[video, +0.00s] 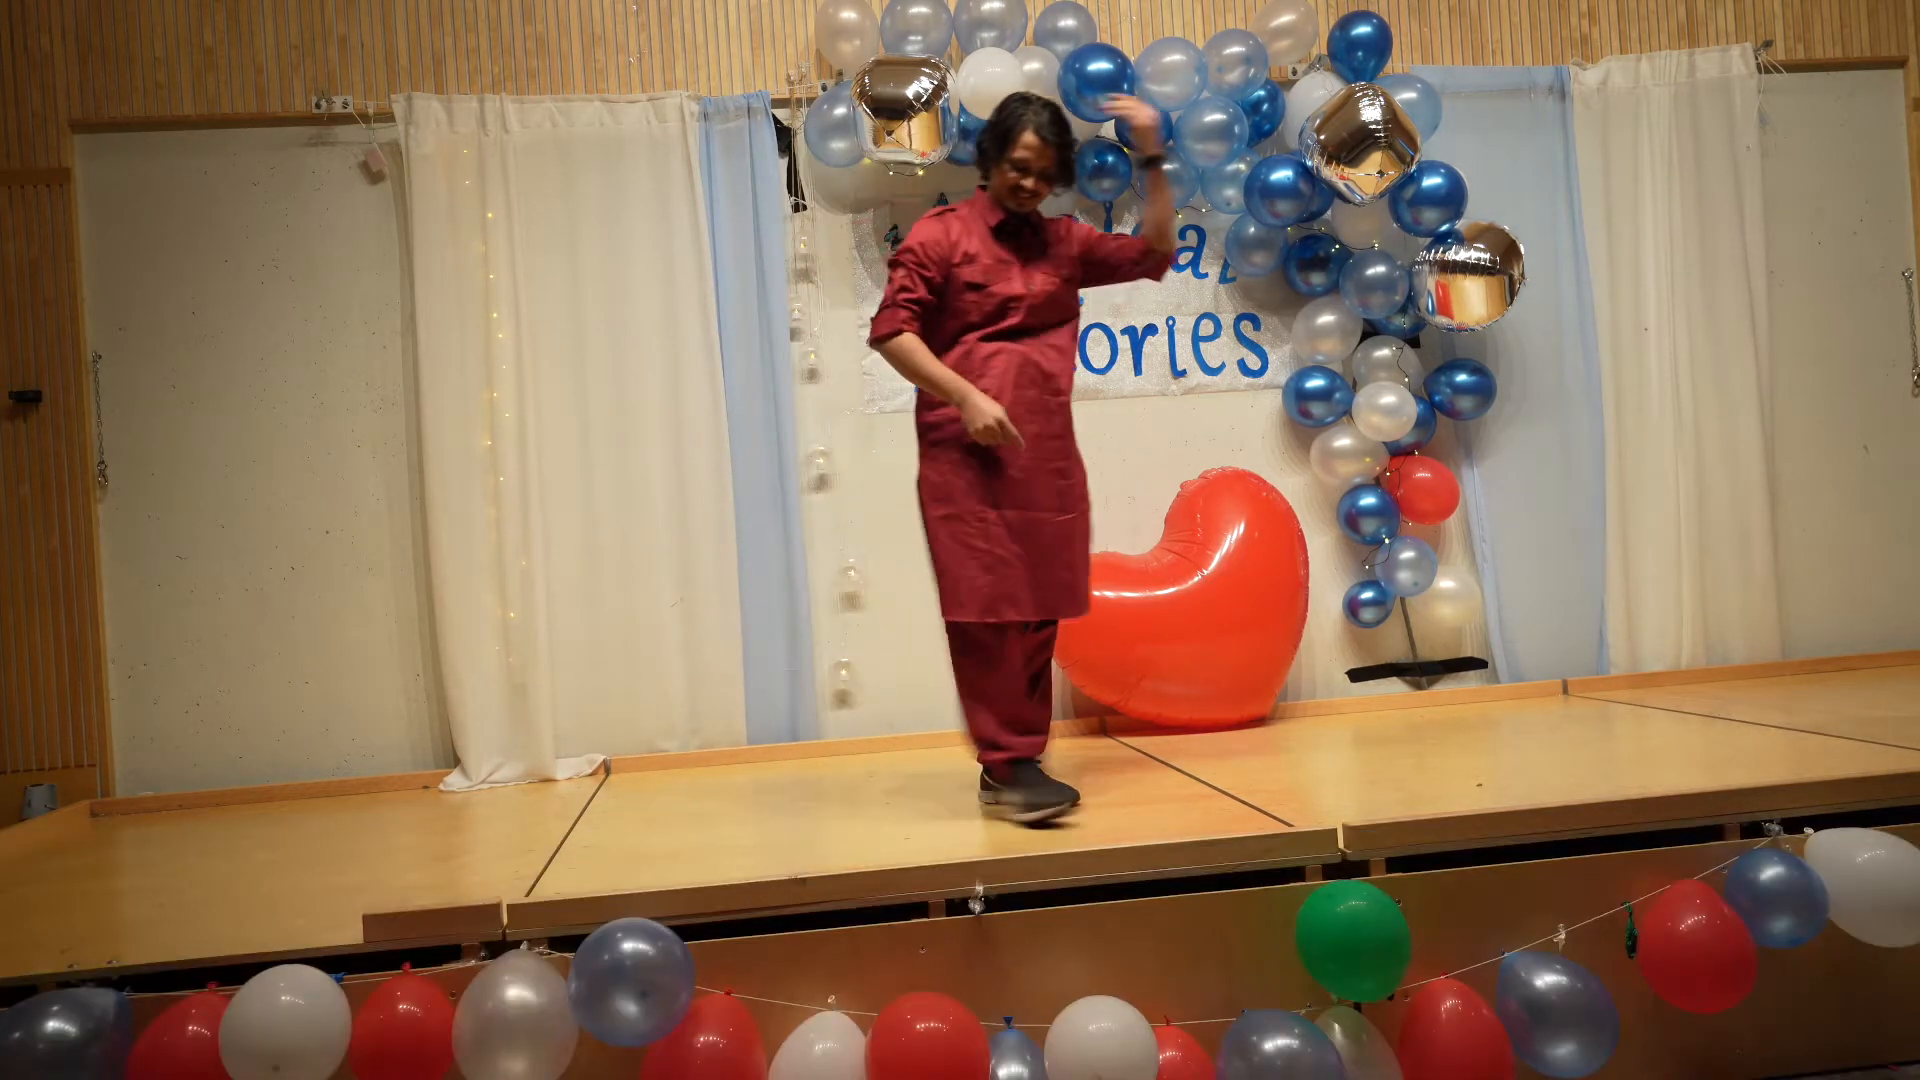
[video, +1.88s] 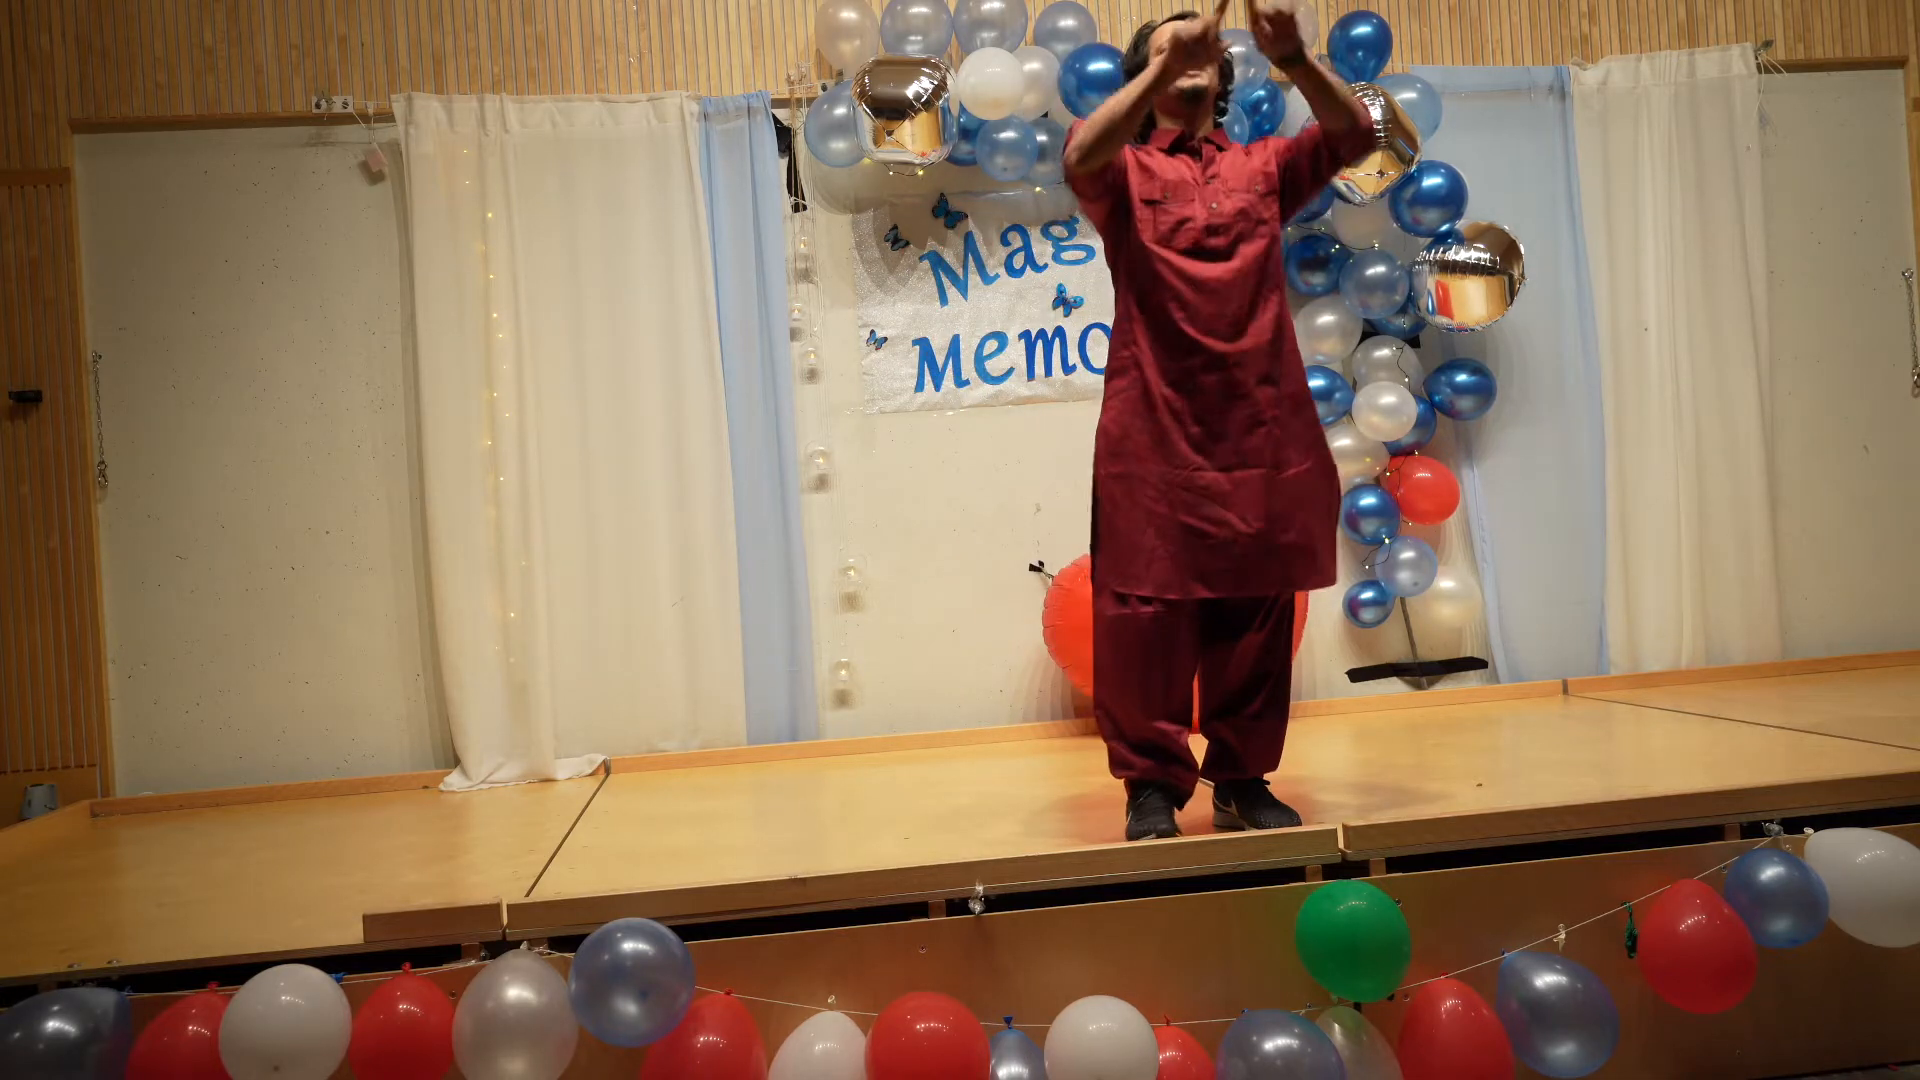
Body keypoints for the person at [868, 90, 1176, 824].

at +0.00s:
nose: (1029, 184)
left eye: (1044, 174)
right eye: (1018, 169)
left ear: (1059, 174)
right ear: (989, 159)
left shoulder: (1063, 239)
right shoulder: (940, 234)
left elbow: (1156, 254)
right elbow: (890, 330)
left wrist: (1153, 158)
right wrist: (964, 396)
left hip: (1045, 449)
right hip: (966, 451)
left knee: (1036, 602)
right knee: (987, 604)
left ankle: (1022, 762)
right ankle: (1003, 769)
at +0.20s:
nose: (1050, 182)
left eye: (1066, 172)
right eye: (1038, 165)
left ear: (1080, 174)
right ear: (1010, 157)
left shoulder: (1078, 242)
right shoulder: (964, 231)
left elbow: (1162, 292)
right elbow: (905, 333)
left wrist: (1229, 230)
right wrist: (974, 413)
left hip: (1059, 454)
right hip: (987, 455)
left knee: (1041, 601)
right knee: (1017, 604)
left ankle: (1006, 760)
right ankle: (1074, 764)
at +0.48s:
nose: (1075, 149)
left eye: (1091, 137)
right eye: (1061, 132)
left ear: (1107, 144)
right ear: (1030, 131)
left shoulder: (1109, 229)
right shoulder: (984, 217)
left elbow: (1142, 332)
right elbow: (935, 327)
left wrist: (1230, 369)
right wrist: (1010, 409)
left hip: (1087, 437)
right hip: (1009, 441)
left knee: (1079, 590)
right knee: (1034, 600)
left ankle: (1019, 736)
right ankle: (1076, 771)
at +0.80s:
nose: (1082, 101)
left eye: (1096, 90)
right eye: (1066, 89)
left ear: (1115, 109)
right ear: (1038, 105)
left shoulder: (1141, 212)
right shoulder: (997, 200)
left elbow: (1166, 309)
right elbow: (954, 307)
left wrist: (1184, 361)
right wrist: (1035, 376)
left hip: (1125, 433)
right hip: (1030, 436)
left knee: (1147, 591)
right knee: (1047, 603)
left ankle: (1120, 748)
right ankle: (1083, 776)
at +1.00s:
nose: (1097, 84)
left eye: (1110, 74)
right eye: (1081, 74)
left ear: (1131, 99)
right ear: (1052, 100)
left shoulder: (1165, 200)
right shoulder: (1019, 190)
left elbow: (1224, 293)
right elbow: (975, 277)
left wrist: (1222, 278)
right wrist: (1067, 301)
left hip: (1150, 435)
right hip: (1050, 441)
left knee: (1187, 601)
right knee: (1057, 613)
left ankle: (1228, 775)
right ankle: (1086, 782)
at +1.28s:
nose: (1141, 68)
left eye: (1154, 59)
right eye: (1123, 59)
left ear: (1175, 86)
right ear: (1093, 89)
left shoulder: (1215, 183)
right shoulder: (1069, 179)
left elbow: (1319, 229)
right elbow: (1013, 245)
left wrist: (1262, 176)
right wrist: (1108, 196)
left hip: (1210, 419)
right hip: (1107, 423)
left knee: (1230, 596)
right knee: (1095, 600)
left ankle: (1239, 780)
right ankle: (1092, 780)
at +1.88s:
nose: (1193, 71)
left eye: (1205, 61)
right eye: (1175, 61)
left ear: (1225, 78)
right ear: (1142, 83)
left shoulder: (1263, 164)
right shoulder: (1126, 168)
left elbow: (1353, 132)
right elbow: (1081, 158)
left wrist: (1294, 60)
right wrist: (1153, 70)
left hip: (1258, 415)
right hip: (1154, 418)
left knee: (1256, 609)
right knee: (1144, 611)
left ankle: (1242, 783)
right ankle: (1151, 790)